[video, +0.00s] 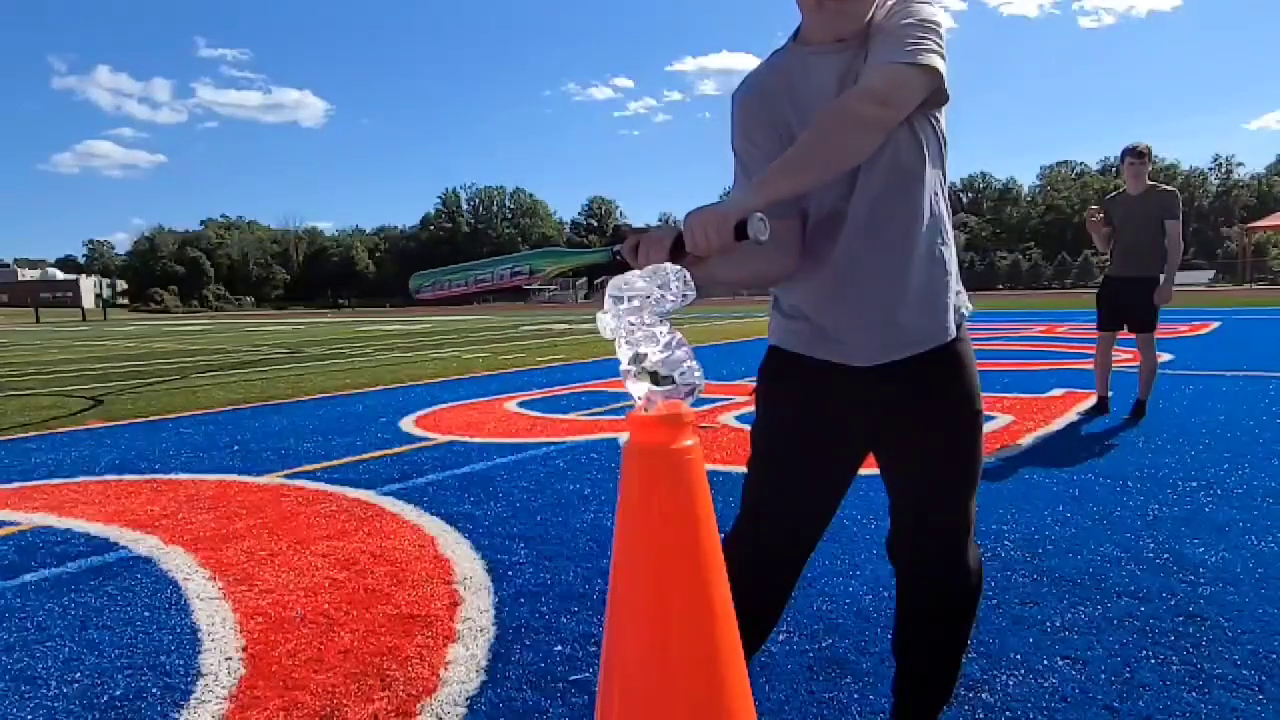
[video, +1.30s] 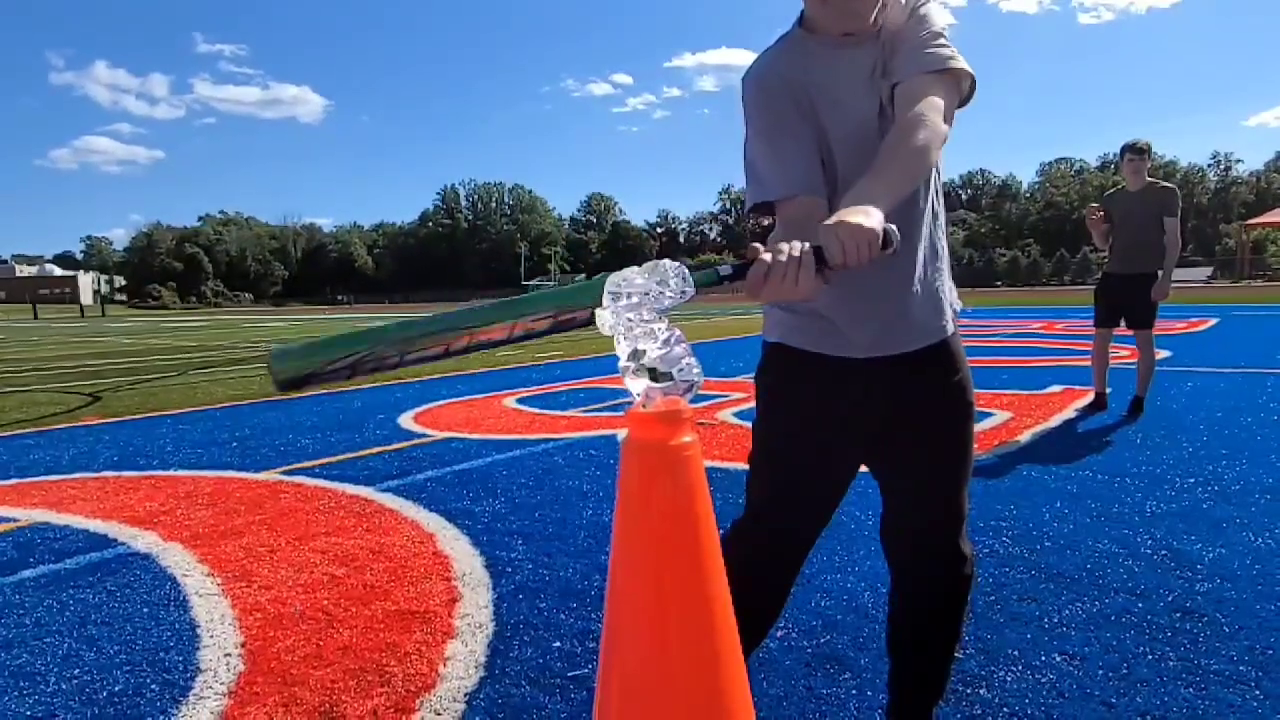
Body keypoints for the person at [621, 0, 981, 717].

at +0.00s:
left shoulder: (911, 17)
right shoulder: (760, 93)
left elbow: (893, 95)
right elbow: (778, 251)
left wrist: (746, 202)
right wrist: (677, 255)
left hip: (928, 355)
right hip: (810, 363)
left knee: (940, 568)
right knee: (756, 568)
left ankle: (917, 712)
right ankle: (686, 698)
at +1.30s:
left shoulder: (919, 20)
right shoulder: (774, 76)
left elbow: (924, 122)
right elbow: (797, 206)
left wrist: (866, 202)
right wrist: (788, 264)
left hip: (922, 355)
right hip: (811, 360)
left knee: (933, 559)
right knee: (765, 550)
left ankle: (912, 712)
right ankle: (686, 692)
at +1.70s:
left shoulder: (919, 23)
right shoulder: (778, 70)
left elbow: (938, 126)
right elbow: (803, 199)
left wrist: (897, 198)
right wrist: (828, 257)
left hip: (919, 352)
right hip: (809, 359)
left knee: (931, 558)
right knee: (767, 547)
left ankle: (910, 711)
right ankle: (683, 690)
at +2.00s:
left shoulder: (922, 23)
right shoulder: (781, 68)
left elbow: (944, 124)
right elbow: (810, 212)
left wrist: (916, 195)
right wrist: (855, 264)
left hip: (920, 357)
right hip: (814, 362)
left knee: (930, 559)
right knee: (765, 551)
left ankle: (908, 712)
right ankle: (684, 693)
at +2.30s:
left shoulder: (920, 21)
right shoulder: (782, 66)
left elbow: (950, 121)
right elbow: (818, 210)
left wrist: (938, 195)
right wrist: (894, 267)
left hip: (918, 346)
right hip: (807, 357)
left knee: (929, 560)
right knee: (778, 561)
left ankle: (909, 712)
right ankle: (748, 706)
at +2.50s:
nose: (867, 0)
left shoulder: (916, 20)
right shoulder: (783, 62)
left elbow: (946, 122)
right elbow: (821, 211)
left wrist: (961, 202)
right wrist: (912, 265)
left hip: (914, 328)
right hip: (808, 336)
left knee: (930, 544)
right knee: (773, 534)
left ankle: (908, 706)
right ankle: (703, 702)